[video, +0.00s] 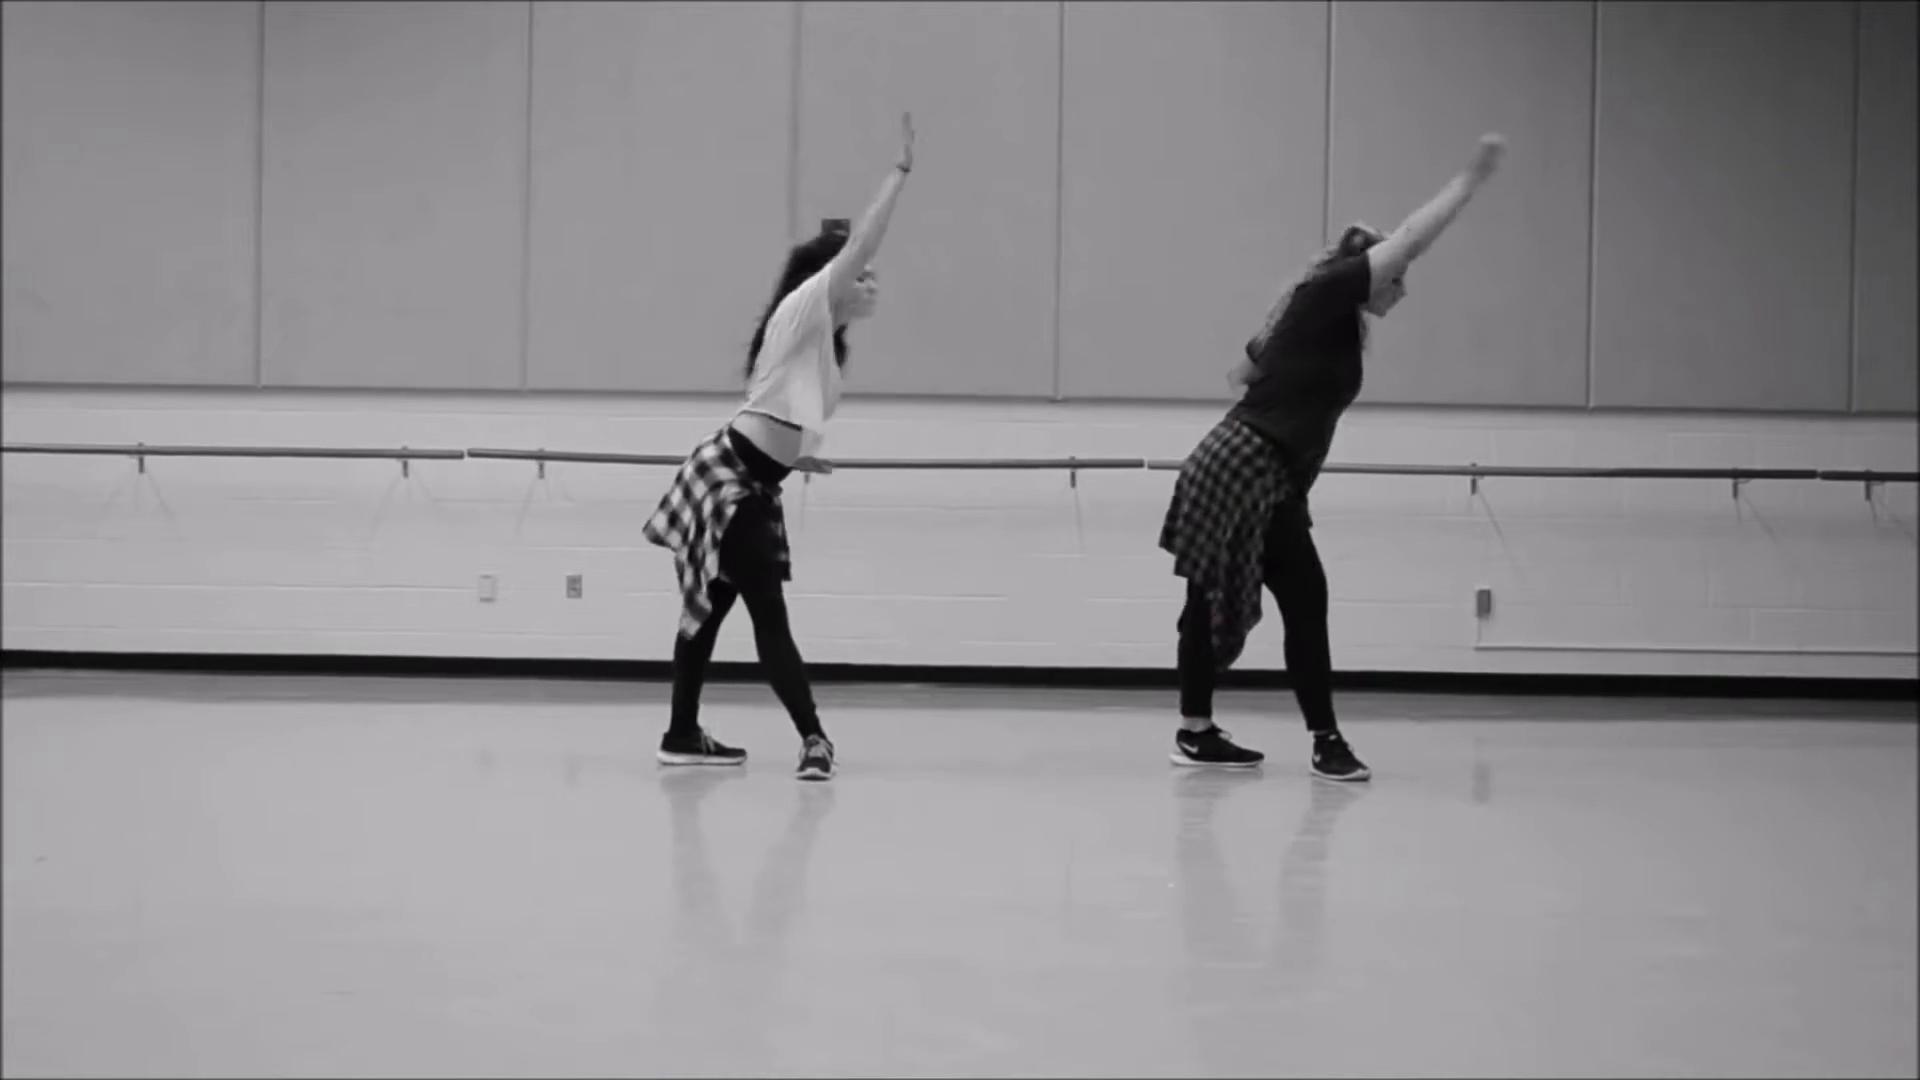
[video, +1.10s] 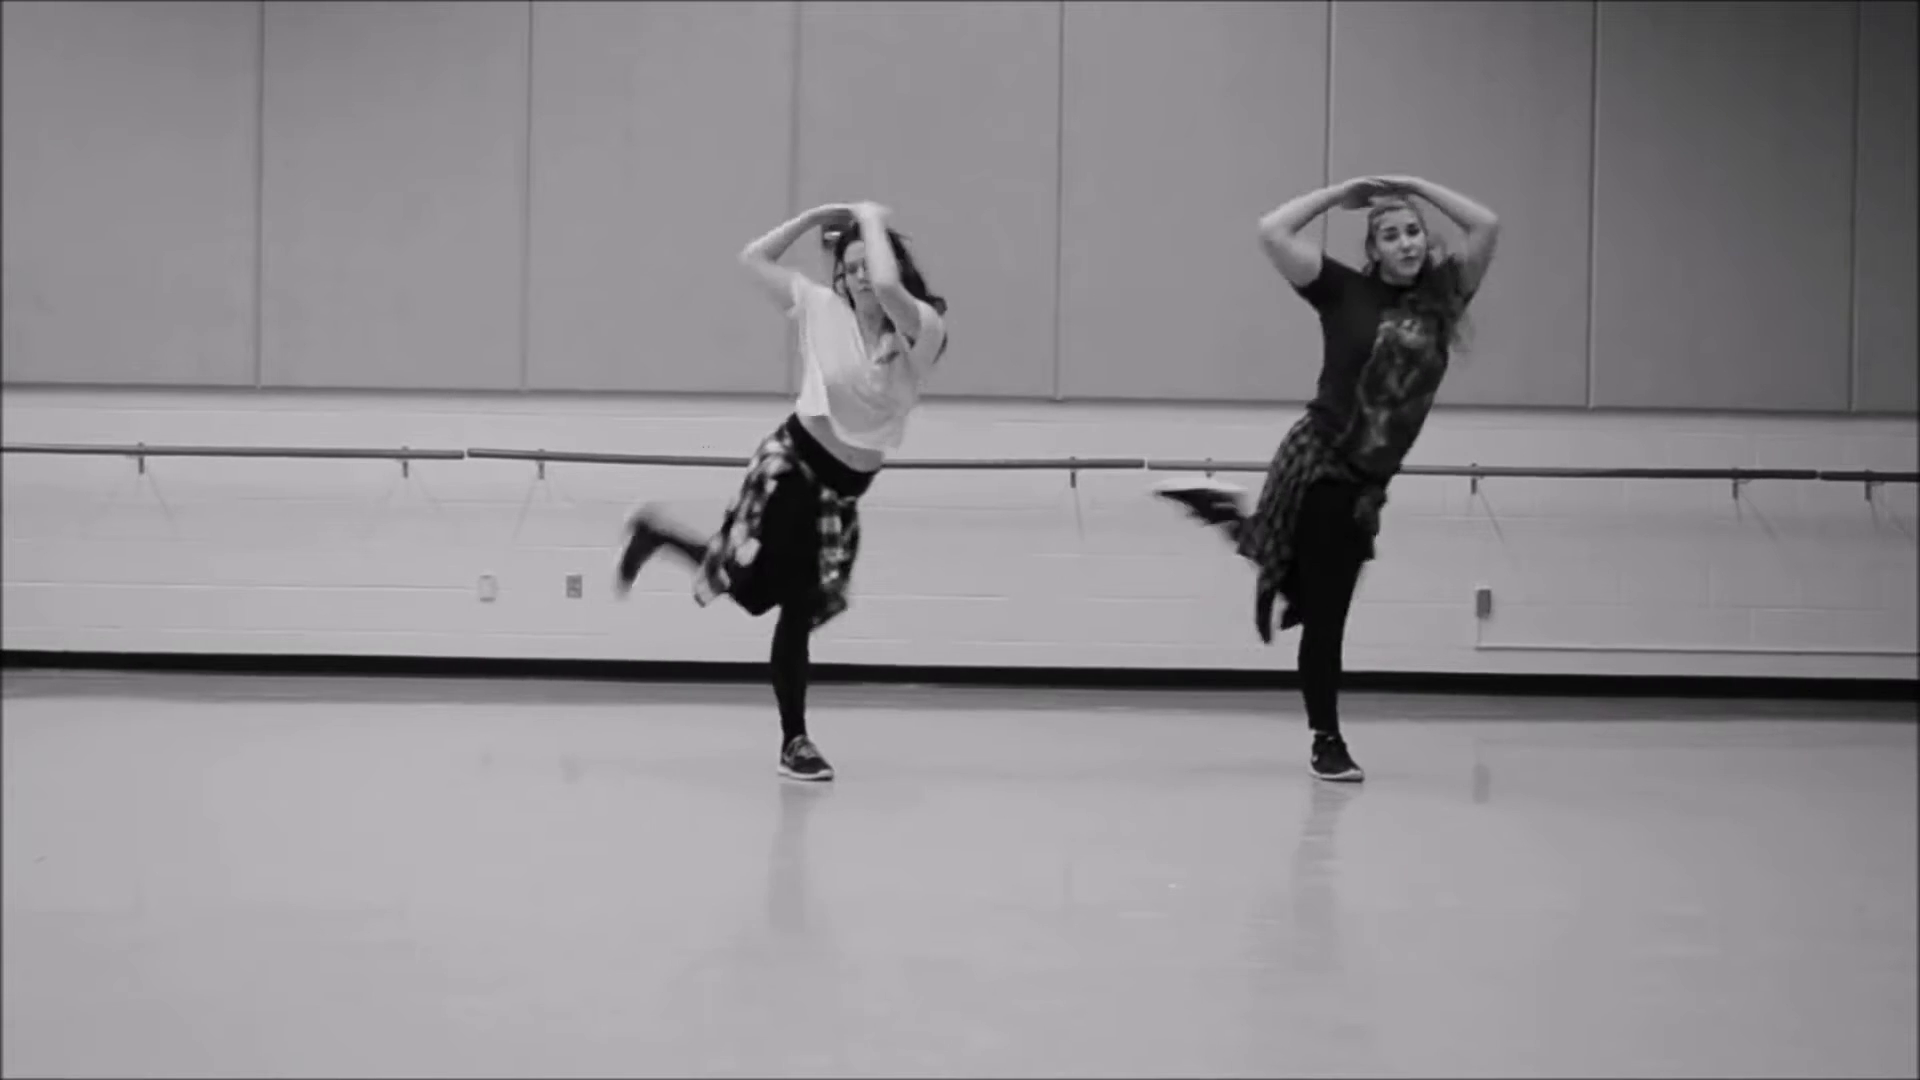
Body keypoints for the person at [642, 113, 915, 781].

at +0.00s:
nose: (871, 287)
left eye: (871, 276)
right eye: (861, 276)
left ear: (850, 284)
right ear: (832, 278)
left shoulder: (819, 341)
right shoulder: (799, 316)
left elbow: (772, 420)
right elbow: (858, 247)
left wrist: (805, 456)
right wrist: (900, 173)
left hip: (750, 479)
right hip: (737, 477)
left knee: (708, 605)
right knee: (768, 613)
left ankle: (682, 732)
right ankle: (813, 740)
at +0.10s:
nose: (886, 295)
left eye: (888, 287)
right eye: (876, 286)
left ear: (876, 297)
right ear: (842, 287)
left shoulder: (838, 356)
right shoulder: (803, 326)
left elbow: (785, 419)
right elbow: (845, 243)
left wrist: (805, 464)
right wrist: (890, 218)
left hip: (762, 485)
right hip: (735, 474)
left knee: (708, 606)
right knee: (771, 613)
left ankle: (681, 731)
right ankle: (814, 737)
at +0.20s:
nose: (891, 301)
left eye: (894, 293)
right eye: (880, 290)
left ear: (890, 302)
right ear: (849, 289)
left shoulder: (844, 366)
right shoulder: (808, 321)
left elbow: (850, 426)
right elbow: (859, 233)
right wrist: (894, 254)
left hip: (765, 488)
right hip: (735, 472)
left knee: (707, 605)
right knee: (772, 611)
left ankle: (682, 730)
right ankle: (814, 738)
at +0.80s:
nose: (870, 299)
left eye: (881, 291)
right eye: (860, 290)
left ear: (895, 299)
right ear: (845, 291)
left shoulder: (896, 366)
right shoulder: (821, 309)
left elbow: (886, 401)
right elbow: (826, 211)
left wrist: (894, 321)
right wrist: (891, 238)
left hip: (782, 488)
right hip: (745, 465)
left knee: (711, 605)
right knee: (771, 610)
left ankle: (676, 727)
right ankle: (792, 741)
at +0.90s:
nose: (864, 291)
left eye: (875, 281)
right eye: (855, 282)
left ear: (897, 287)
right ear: (843, 286)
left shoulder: (904, 360)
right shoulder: (821, 308)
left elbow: (914, 347)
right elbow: (798, 215)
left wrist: (899, 257)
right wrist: (861, 222)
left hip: (801, 490)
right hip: (763, 465)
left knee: (724, 596)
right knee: (776, 610)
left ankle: (643, 689)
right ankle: (791, 742)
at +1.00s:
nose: (860, 283)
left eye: (870, 271)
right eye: (850, 273)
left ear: (893, 276)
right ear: (840, 278)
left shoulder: (913, 347)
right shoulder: (821, 304)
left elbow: (908, 308)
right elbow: (776, 229)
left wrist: (902, 245)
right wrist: (838, 213)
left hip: (823, 491)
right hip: (777, 463)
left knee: (734, 592)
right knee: (786, 603)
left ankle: (619, 616)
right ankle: (793, 741)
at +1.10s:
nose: (858, 277)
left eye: (866, 267)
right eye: (849, 269)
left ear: (892, 270)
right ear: (840, 276)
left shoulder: (925, 335)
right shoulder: (819, 305)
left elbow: (887, 284)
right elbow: (752, 258)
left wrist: (873, 218)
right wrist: (814, 215)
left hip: (842, 491)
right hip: (794, 463)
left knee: (755, 594)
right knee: (798, 610)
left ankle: (655, 534)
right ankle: (795, 741)